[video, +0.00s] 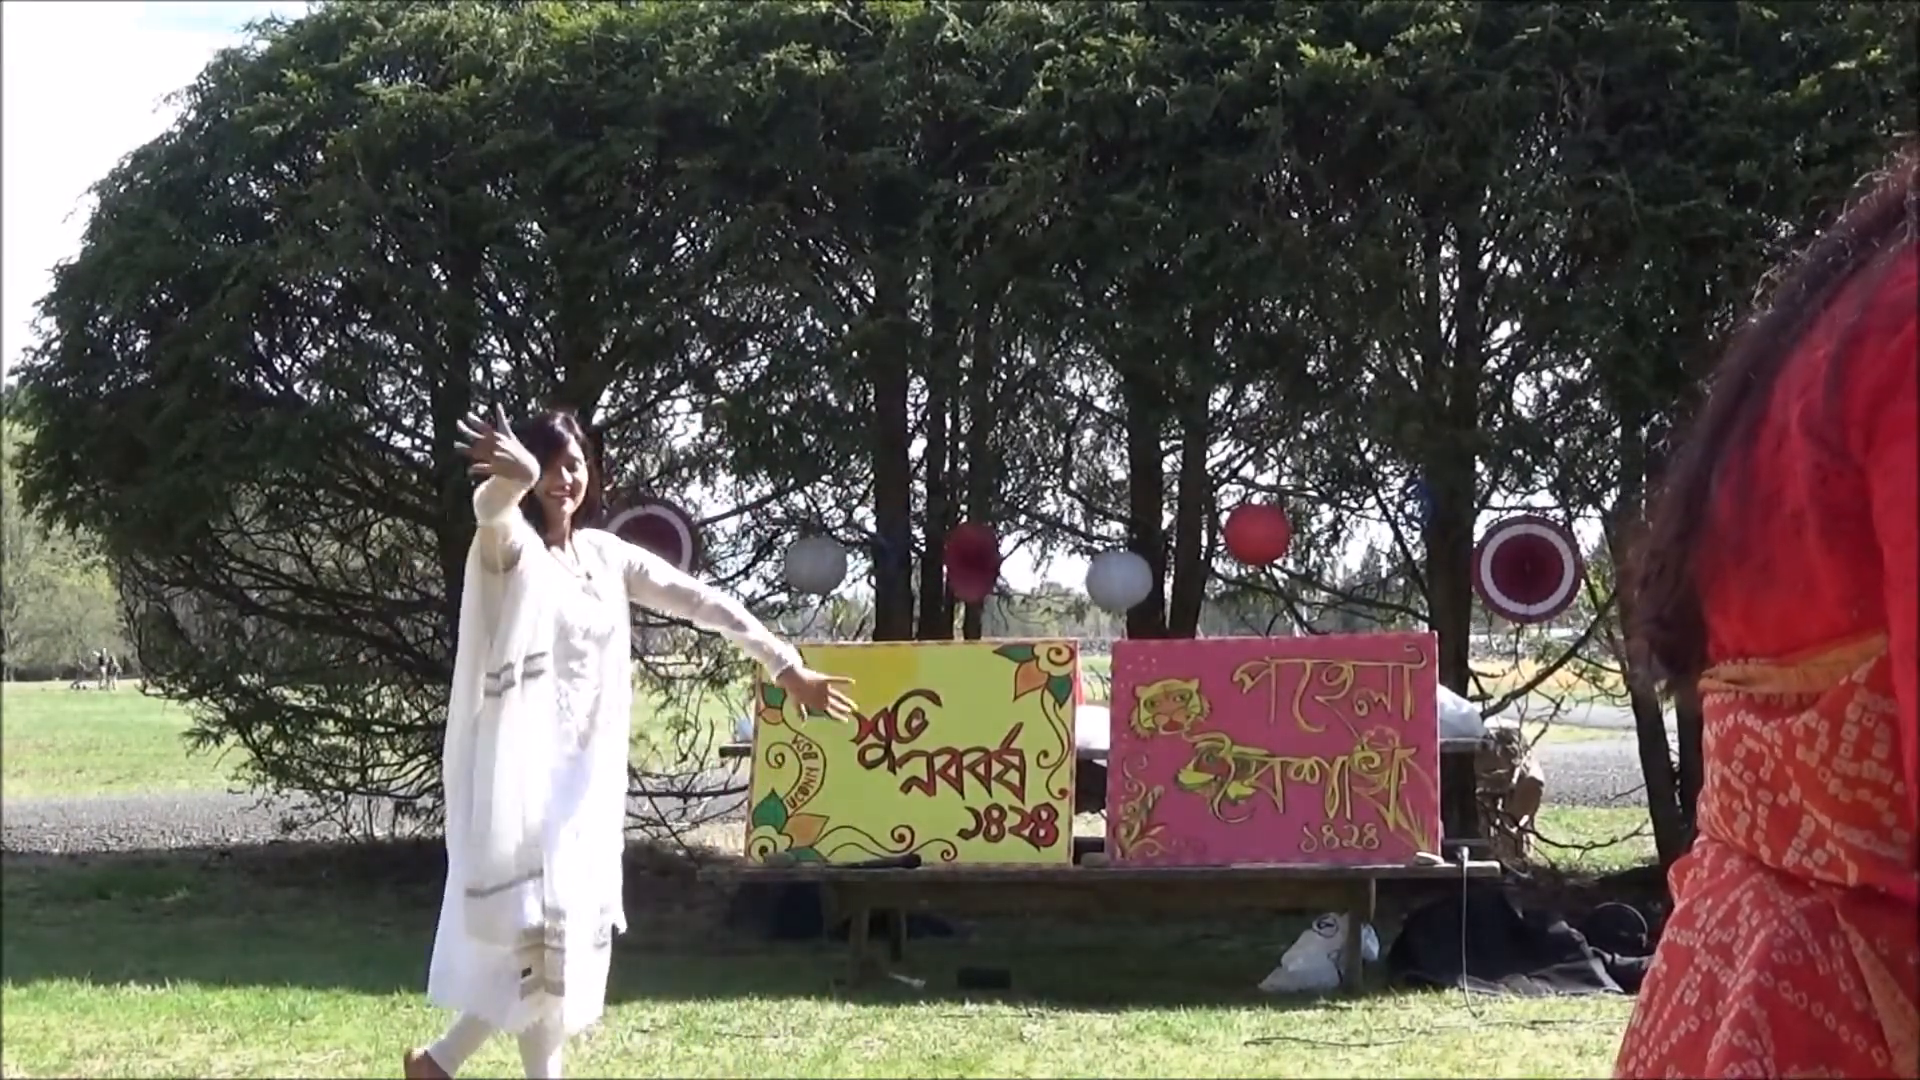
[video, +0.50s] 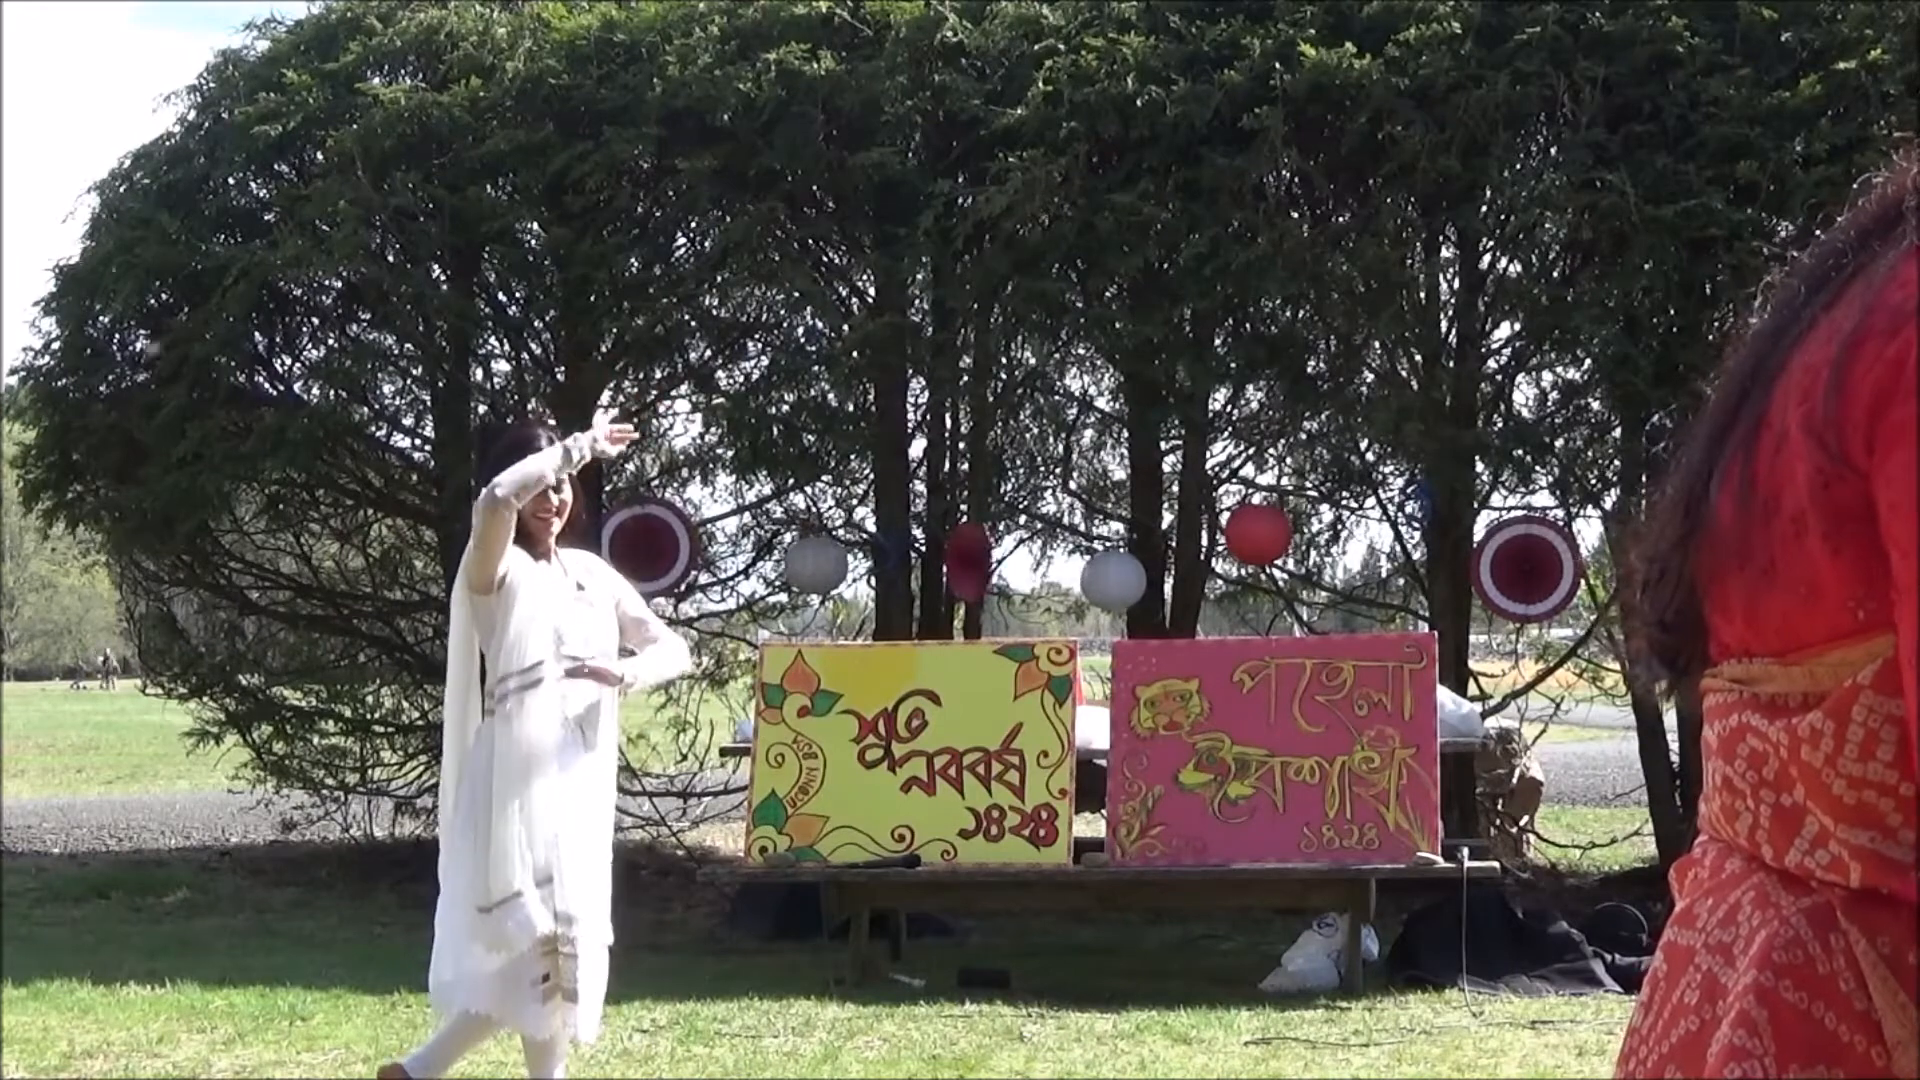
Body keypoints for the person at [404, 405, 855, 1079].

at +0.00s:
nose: (564, 478)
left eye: (576, 465)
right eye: (552, 465)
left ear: (591, 476)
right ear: (527, 474)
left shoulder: (606, 554)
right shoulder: (508, 546)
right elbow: (492, 510)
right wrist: (520, 473)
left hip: (584, 782)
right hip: (514, 781)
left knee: (563, 943)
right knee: (542, 942)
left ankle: (438, 1060)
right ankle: (544, 1073)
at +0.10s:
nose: (566, 487)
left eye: (575, 473)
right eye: (551, 473)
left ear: (583, 486)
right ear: (516, 485)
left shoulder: (600, 559)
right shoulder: (499, 559)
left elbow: (696, 610)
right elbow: (514, 492)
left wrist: (752, 675)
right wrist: (580, 444)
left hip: (581, 787)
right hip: (509, 785)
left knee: (559, 952)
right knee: (541, 953)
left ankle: (434, 1061)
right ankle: (547, 1074)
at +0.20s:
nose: (559, 485)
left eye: (569, 471)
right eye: (542, 471)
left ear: (582, 485)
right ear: (509, 483)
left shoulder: (598, 562)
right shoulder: (496, 560)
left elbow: (692, 618)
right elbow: (528, 483)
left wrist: (709, 667)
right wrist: (609, 434)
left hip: (581, 786)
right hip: (509, 786)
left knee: (554, 950)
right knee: (541, 951)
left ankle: (428, 1061)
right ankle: (546, 1072)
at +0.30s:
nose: (560, 490)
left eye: (570, 477)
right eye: (546, 476)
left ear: (583, 490)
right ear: (509, 485)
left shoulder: (595, 565)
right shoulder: (495, 564)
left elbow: (685, 627)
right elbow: (527, 477)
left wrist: (672, 672)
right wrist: (627, 424)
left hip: (576, 785)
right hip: (507, 783)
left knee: (549, 950)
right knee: (545, 952)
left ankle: (425, 1066)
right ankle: (548, 1074)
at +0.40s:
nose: (558, 491)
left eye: (566, 477)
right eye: (544, 480)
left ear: (578, 487)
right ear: (511, 490)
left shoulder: (593, 568)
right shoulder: (493, 570)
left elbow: (681, 639)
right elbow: (512, 483)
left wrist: (643, 667)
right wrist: (609, 426)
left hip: (577, 784)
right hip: (508, 783)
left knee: (555, 951)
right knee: (543, 951)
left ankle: (421, 1068)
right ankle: (547, 1072)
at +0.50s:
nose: (550, 499)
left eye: (560, 486)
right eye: (536, 488)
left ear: (575, 495)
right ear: (509, 498)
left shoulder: (591, 572)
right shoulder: (493, 573)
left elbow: (673, 649)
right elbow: (498, 496)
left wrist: (629, 672)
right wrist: (585, 443)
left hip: (582, 779)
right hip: (515, 776)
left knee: (549, 953)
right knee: (543, 946)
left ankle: (416, 1069)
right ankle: (548, 1070)